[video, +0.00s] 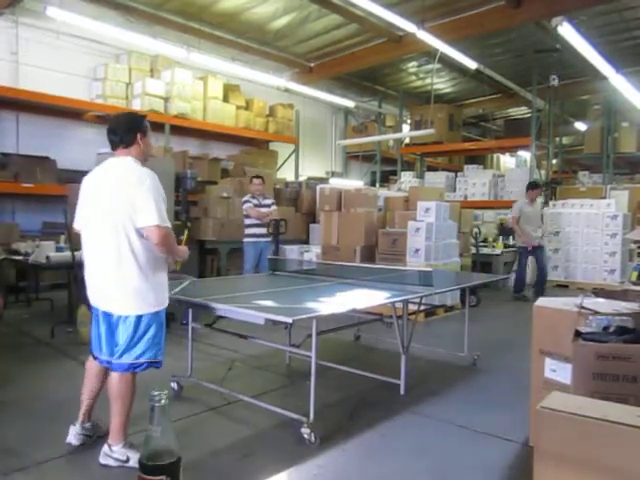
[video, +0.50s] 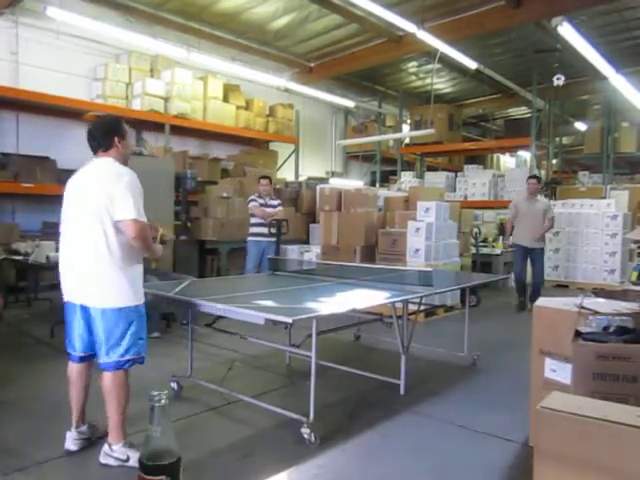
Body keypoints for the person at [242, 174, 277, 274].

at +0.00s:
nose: (257, 187)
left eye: (260, 185)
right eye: (255, 184)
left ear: (263, 186)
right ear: (250, 186)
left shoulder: (269, 200)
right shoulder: (247, 199)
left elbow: (276, 215)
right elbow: (253, 213)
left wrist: (262, 218)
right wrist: (269, 213)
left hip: (267, 239)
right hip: (251, 239)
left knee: (265, 269)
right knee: (249, 269)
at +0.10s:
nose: (260, 188)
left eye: (262, 185)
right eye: (257, 185)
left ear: (266, 186)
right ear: (254, 186)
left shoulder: (272, 201)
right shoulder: (249, 200)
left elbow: (277, 215)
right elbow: (255, 213)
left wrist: (264, 218)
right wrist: (271, 214)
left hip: (269, 239)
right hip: (253, 239)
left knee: (267, 269)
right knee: (250, 269)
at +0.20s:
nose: (262, 188)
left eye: (264, 185)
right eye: (259, 185)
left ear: (268, 186)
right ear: (256, 187)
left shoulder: (274, 201)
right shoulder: (251, 200)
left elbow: (279, 215)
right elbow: (256, 213)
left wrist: (266, 218)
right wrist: (272, 213)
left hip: (270, 239)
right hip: (254, 239)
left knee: (268, 269)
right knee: (251, 269)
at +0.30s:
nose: (263, 188)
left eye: (265, 185)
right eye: (260, 185)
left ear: (269, 186)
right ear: (257, 187)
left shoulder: (275, 200)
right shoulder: (252, 199)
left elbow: (280, 214)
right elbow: (257, 213)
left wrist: (268, 218)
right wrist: (273, 214)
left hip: (271, 238)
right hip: (255, 238)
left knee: (268, 268)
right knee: (251, 268)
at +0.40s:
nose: (264, 188)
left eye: (266, 185)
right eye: (261, 185)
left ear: (270, 186)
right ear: (258, 186)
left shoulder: (276, 201)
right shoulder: (253, 199)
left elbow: (281, 215)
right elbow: (257, 212)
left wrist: (269, 218)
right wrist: (274, 213)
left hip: (271, 238)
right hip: (255, 238)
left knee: (268, 268)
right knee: (251, 268)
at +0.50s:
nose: (264, 188)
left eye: (267, 185)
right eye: (262, 185)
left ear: (271, 186)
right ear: (258, 187)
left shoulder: (277, 201)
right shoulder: (253, 199)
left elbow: (281, 215)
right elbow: (257, 212)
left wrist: (269, 218)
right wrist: (274, 213)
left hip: (271, 239)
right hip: (255, 238)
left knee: (268, 268)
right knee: (251, 268)